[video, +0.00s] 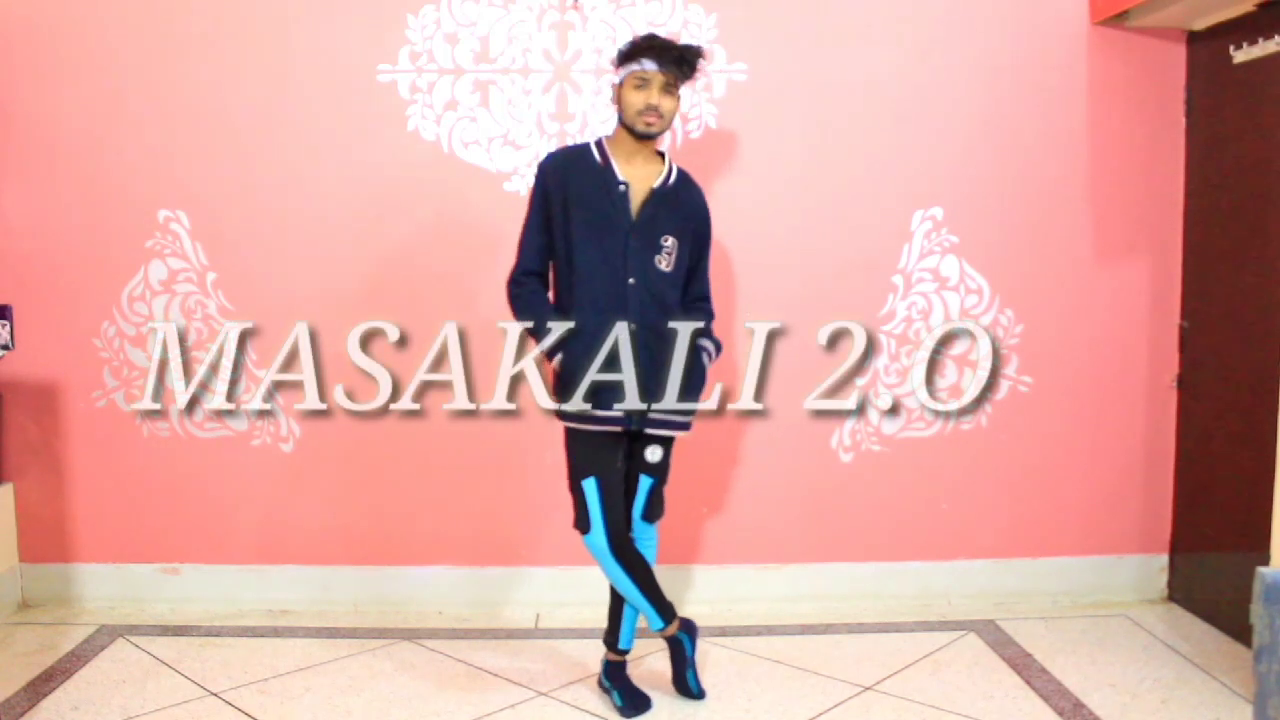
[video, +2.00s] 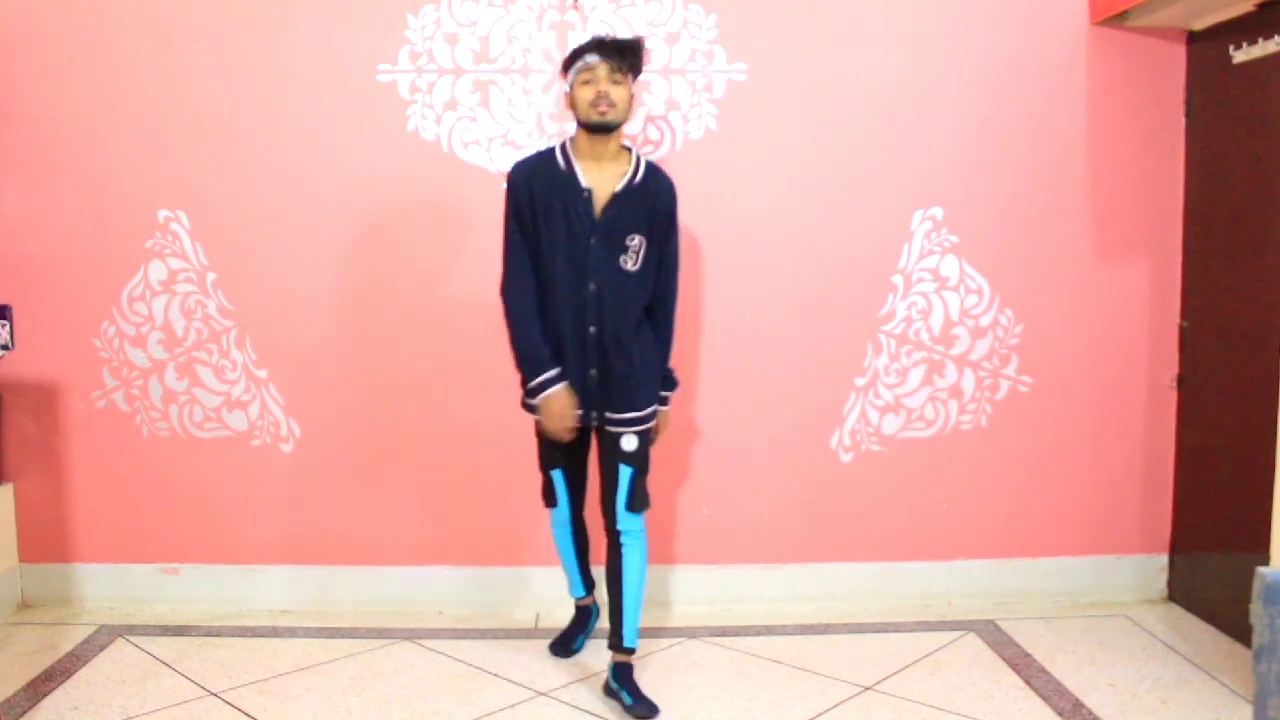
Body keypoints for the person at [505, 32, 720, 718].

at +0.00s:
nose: (652, 99)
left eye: (666, 89)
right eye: (639, 84)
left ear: (679, 101)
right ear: (616, 92)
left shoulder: (687, 194)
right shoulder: (564, 171)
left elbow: (696, 295)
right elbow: (526, 278)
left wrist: (701, 352)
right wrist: (556, 343)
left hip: (664, 381)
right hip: (590, 378)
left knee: (639, 523)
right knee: (597, 527)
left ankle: (616, 662)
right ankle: (675, 630)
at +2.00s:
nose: (602, 91)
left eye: (615, 80)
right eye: (589, 80)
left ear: (634, 95)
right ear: (568, 93)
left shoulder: (654, 186)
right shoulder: (532, 178)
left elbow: (662, 296)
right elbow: (517, 289)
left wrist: (659, 388)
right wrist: (543, 381)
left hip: (631, 380)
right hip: (559, 377)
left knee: (627, 516)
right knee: (562, 506)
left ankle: (624, 664)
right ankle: (583, 602)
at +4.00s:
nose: (613, 134)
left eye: (626, 125)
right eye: (603, 120)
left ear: (638, 136)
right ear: (580, 123)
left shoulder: (650, 200)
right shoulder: (538, 206)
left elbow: (710, 252)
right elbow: (523, 293)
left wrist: (752, 232)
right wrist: (467, 294)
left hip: (641, 394)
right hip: (559, 399)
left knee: (725, 495)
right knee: (504, 512)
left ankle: (702, 612)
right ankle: (485, 623)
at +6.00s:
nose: (683, 244)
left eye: (697, 238)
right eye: (675, 226)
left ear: (701, 247)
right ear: (648, 220)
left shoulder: (638, 287)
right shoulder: (624, 277)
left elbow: (626, 388)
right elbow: (588, 375)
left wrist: (649, 452)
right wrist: (641, 434)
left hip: (587, 460)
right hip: (580, 464)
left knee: (667, 519)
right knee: (707, 584)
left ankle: (596, 648)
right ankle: (624, 712)